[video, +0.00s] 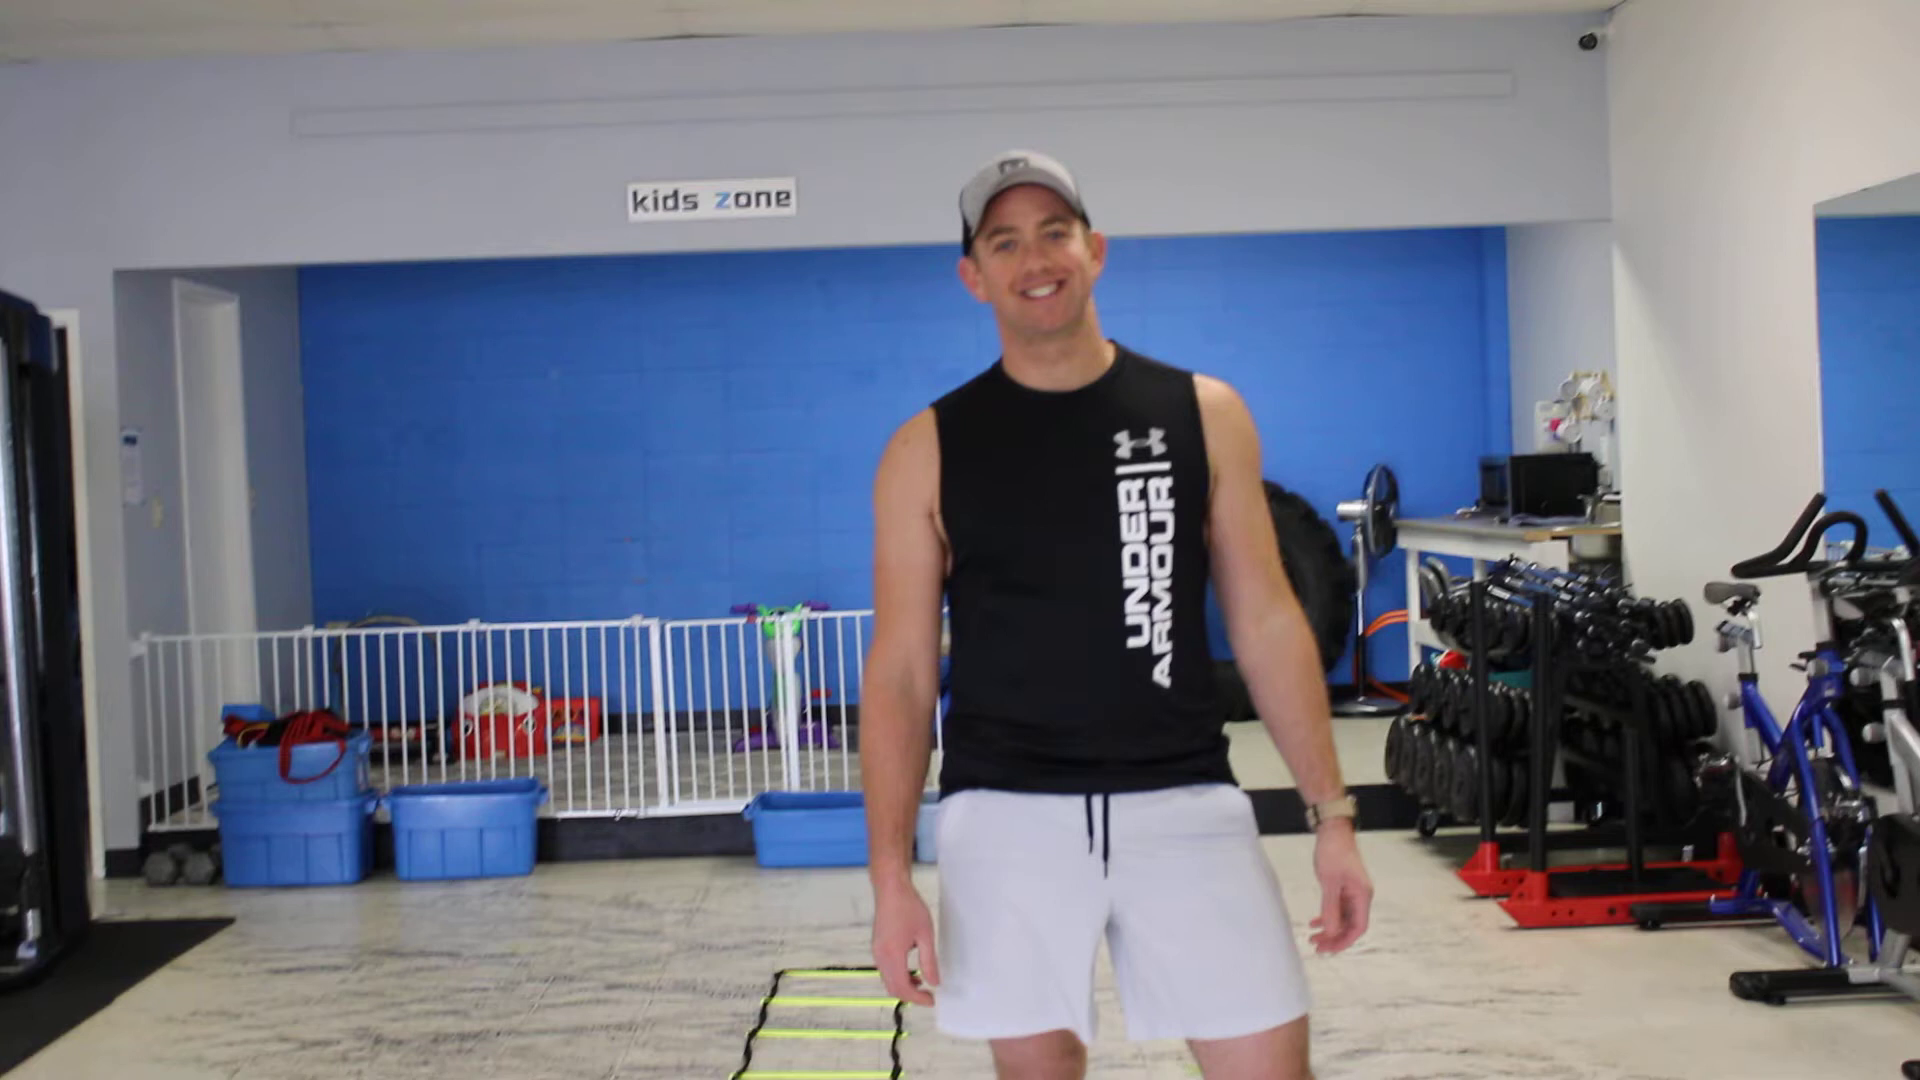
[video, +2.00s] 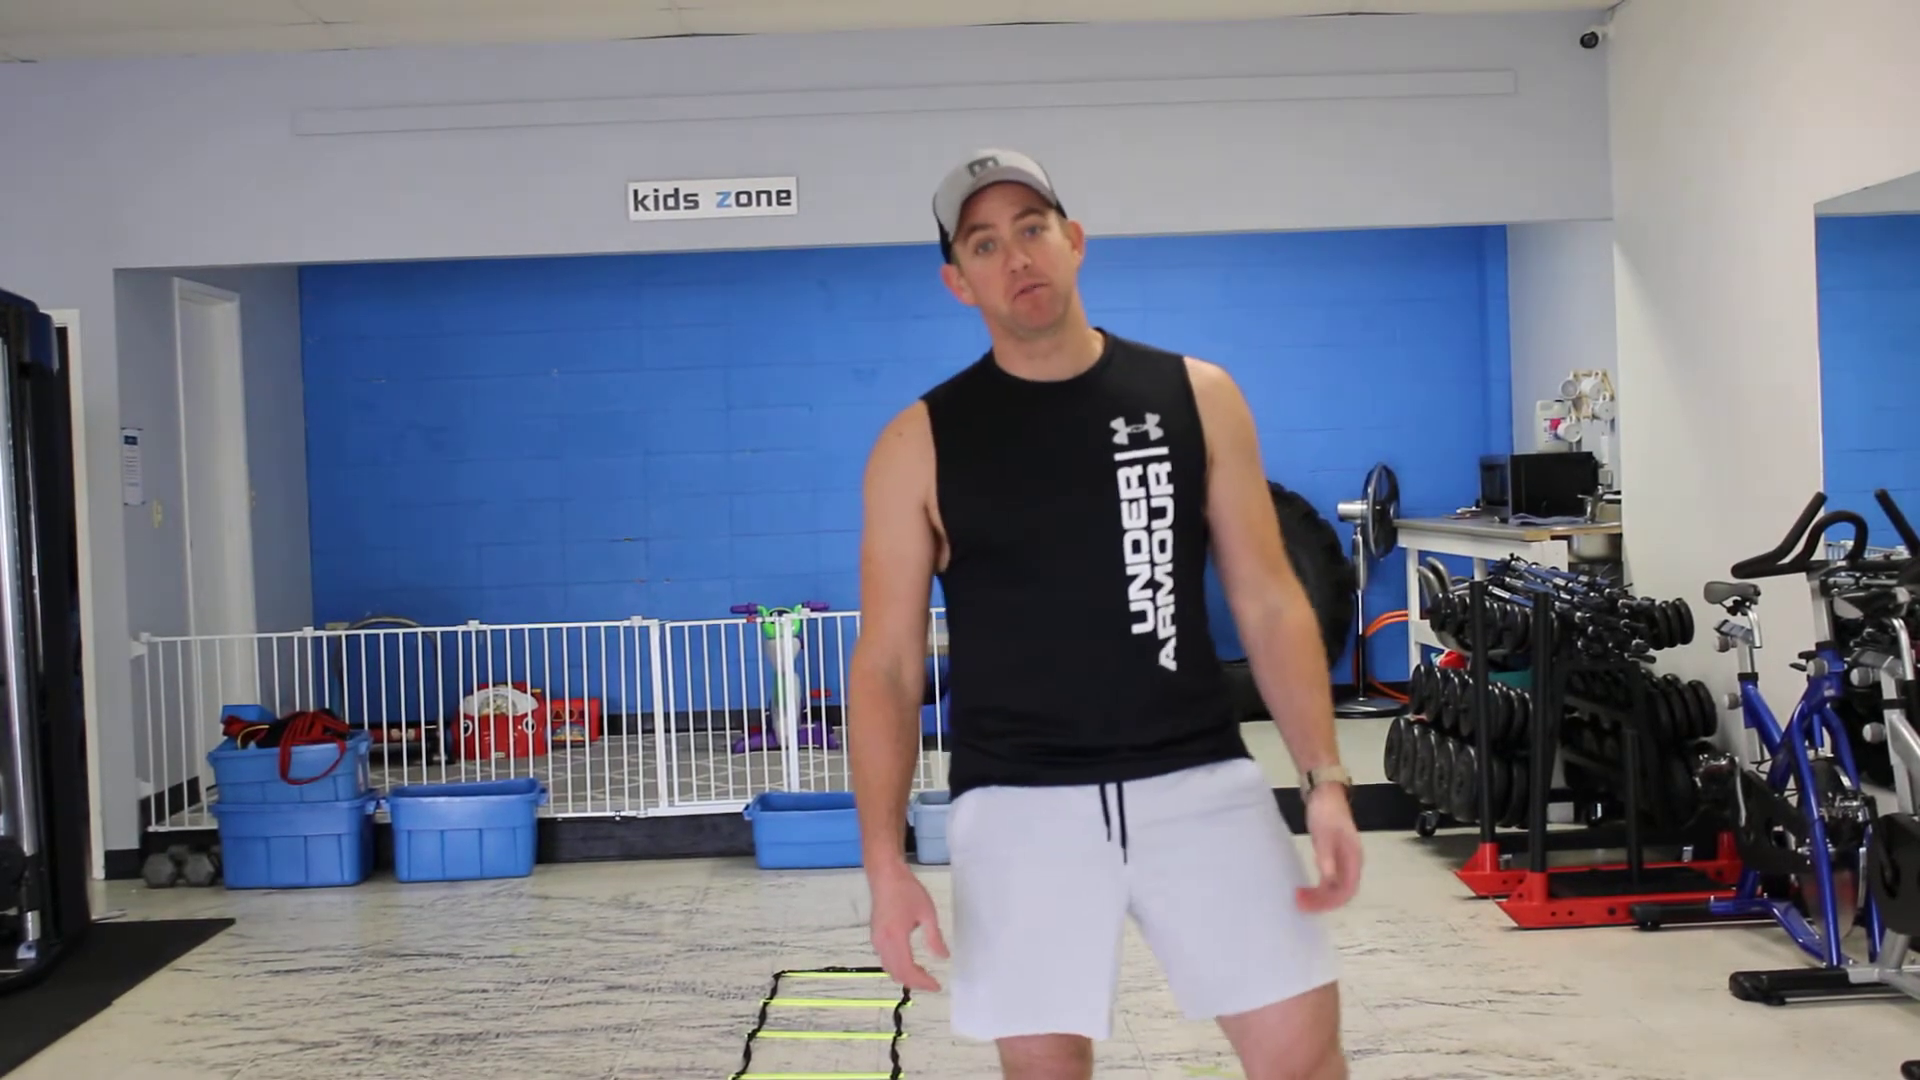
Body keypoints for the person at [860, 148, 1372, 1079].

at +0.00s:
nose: (1037, 255)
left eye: (1056, 231)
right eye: (1006, 240)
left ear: (1095, 251)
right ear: (975, 277)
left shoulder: (1205, 415)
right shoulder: (928, 449)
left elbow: (1265, 621)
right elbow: (901, 675)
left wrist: (1332, 816)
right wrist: (891, 879)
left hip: (1188, 811)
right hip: (1006, 824)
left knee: (1271, 1064)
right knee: (1038, 1065)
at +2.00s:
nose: (1017, 255)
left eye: (1033, 227)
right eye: (986, 243)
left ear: (1075, 241)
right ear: (959, 282)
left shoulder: (1198, 398)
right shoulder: (919, 443)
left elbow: (1268, 598)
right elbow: (887, 667)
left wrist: (1323, 776)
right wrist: (884, 859)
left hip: (1204, 795)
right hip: (1019, 816)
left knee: (1305, 1059)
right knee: (1046, 1067)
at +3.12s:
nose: (1096, 286)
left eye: (1096, 261)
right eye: (1092, 264)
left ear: (1141, 255)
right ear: (1163, 257)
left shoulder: (1303, 385)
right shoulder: (1145, 383)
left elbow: (1331, 622)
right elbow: (1150, 564)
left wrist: (1191, 776)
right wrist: (1081, 664)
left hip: (1272, 793)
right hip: (1134, 764)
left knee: (1280, 1061)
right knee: (1110, 1056)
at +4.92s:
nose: (1028, 257)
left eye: (1048, 232)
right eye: (999, 241)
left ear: (1088, 248)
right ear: (968, 275)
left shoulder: (1200, 399)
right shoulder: (926, 432)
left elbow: (1277, 581)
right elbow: (865, 623)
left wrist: (1242, 666)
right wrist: (782, 764)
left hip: (1192, 795)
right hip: (1013, 811)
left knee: (1280, 1062)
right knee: (1040, 1065)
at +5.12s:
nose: (1033, 253)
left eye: (1055, 228)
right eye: (1004, 235)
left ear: (1092, 249)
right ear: (973, 269)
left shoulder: (1200, 400)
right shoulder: (925, 433)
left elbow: (1272, 578)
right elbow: (860, 619)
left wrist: (1253, 652)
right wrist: (802, 745)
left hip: (1195, 793)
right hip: (1014, 808)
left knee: (1280, 1062)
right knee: (1041, 1065)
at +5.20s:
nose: (1035, 253)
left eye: (1057, 228)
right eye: (1006, 235)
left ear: (1094, 250)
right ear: (972, 268)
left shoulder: (1200, 397)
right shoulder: (926, 430)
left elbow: (1273, 572)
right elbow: (860, 615)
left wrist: (1260, 643)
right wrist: (810, 734)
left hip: (1198, 787)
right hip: (1018, 804)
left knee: (1288, 1060)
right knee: (1044, 1065)